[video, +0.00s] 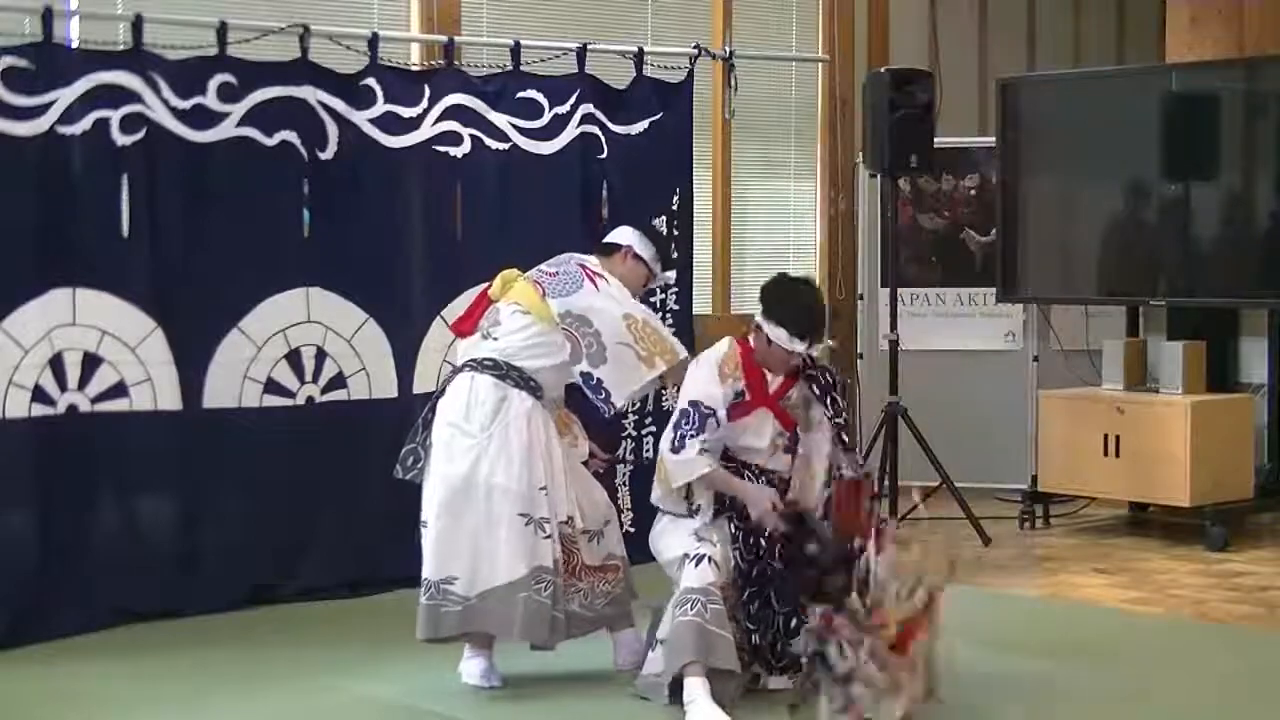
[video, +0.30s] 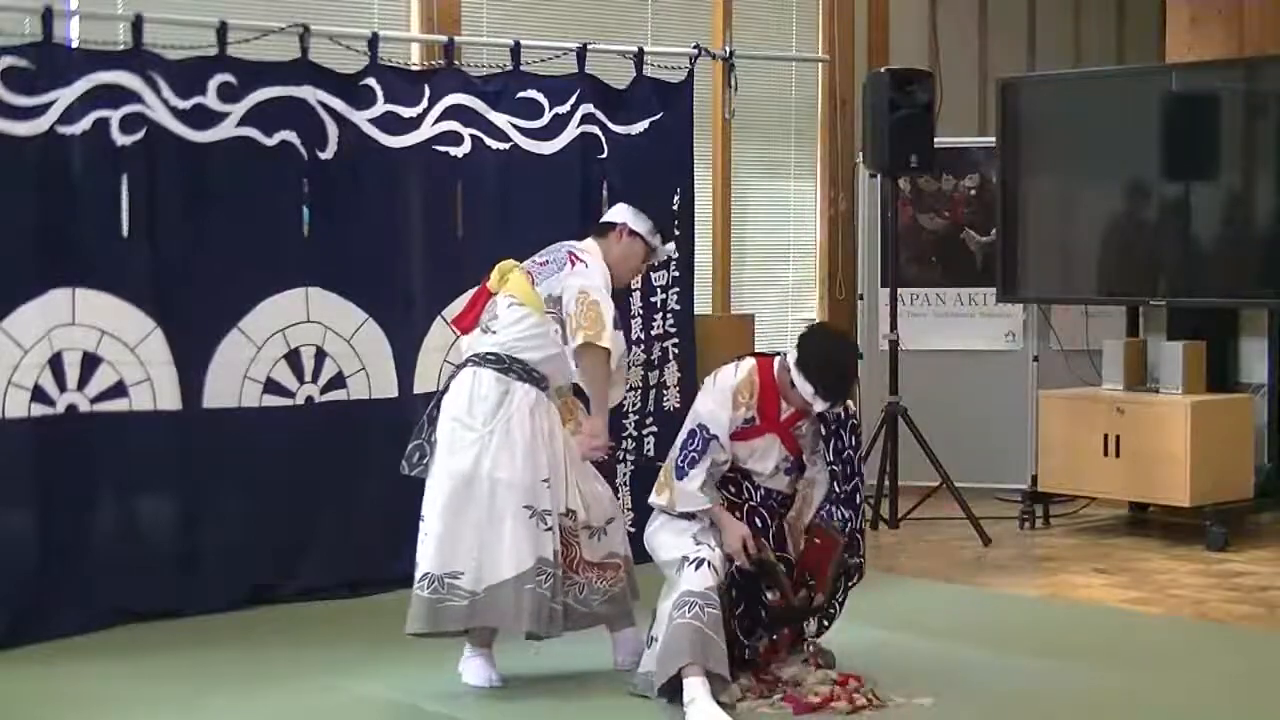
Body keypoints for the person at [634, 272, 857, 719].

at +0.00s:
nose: (797, 361)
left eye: (805, 352)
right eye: (788, 351)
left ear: (814, 340)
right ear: (759, 332)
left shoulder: (811, 384)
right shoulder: (716, 365)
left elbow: (821, 458)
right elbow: (685, 450)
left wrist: (800, 513)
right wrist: (746, 492)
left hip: (762, 523)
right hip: (690, 512)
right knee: (706, 563)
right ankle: (695, 688)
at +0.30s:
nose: (813, 408)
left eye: (823, 403)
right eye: (807, 397)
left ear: (839, 392)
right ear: (789, 369)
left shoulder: (831, 412)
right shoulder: (731, 388)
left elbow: (829, 480)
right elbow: (683, 475)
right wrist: (723, 520)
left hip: (771, 526)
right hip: (693, 511)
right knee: (701, 564)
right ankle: (695, 689)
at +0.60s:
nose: (821, 419)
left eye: (831, 415)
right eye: (818, 407)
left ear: (843, 403)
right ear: (801, 377)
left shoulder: (824, 416)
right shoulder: (741, 385)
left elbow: (815, 479)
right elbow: (709, 474)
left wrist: (792, 528)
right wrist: (761, 512)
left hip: (752, 522)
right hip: (692, 514)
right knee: (710, 561)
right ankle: (699, 690)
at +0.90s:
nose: (820, 392)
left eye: (830, 386)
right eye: (816, 380)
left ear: (846, 379)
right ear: (798, 352)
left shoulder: (839, 398)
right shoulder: (743, 378)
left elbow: (832, 472)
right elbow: (708, 463)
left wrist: (809, 544)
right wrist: (732, 529)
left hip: (779, 524)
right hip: (704, 510)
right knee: (711, 560)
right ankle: (698, 687)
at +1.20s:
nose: (775, 332)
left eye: (788, 325)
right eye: (772, 321)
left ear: (805, 322)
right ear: (759, 309)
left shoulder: (819, 364)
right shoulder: (726, 351)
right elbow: (739, 405)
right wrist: (807, 398)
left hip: (789, 511)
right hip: (716, 503)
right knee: (722, 562)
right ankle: (700, 690)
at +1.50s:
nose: (813, 335)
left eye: (824, 327)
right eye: (807, 323)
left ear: (831, 329)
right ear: (782, 315)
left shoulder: (827, 357)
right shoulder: (730, 348)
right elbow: (750, 338)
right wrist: (792, 292)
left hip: (763, 504)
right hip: (704, 499)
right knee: (726, 569)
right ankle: (701, 692)